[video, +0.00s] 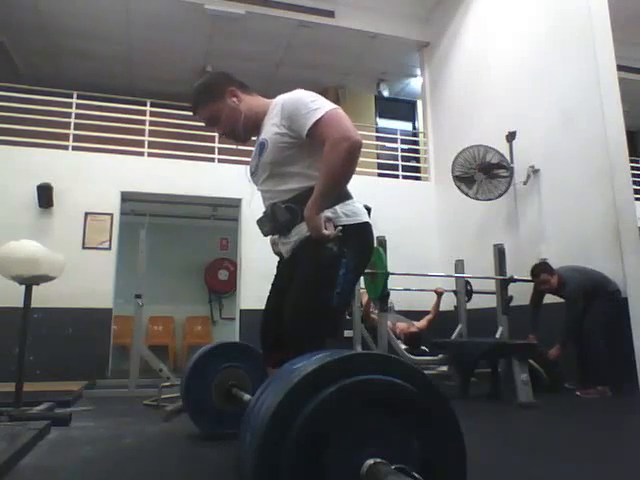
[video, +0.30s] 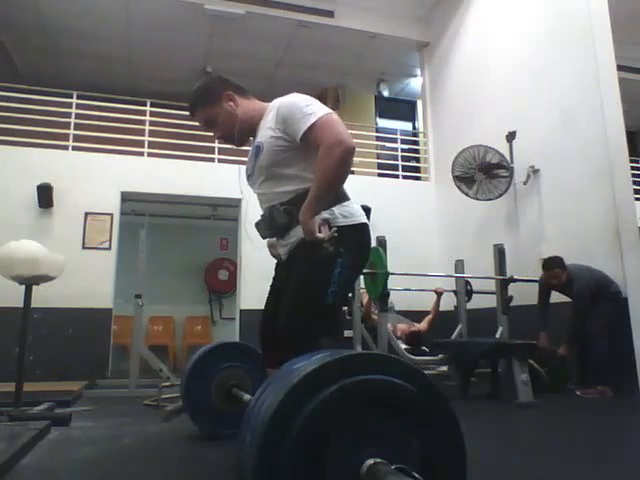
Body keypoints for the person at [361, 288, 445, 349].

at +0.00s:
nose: (404, 327)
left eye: (403, 331)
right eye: (409, 328)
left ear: (399, 337)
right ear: (412, 327)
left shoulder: (384, 329)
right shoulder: (417, 328)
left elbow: (367, 318)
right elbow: (432, 315)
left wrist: (369, 299)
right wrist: (439, 297)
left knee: (363, 294)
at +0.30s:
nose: (412, 327)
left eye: (408, 331)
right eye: (414, 329)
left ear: (401, 337)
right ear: (415, 328)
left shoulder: (385, 332)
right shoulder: (420, 329)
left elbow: (367, 318)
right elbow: (432, 315)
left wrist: (370, 298)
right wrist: (438, 297)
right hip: (388, 312)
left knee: (363, 294)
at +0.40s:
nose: (413, 326)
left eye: (410, 331)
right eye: (415, 329)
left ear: (400, 338)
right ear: (416, 328)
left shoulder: (383, 332)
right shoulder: (420, 330)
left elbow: (368, 317)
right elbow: (434, 316)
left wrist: (368, 298)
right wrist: (438, 297)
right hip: (390, 312)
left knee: (363, 293)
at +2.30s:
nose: (414, 327)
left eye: (412, 330)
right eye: (415, 329)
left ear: (403, 338)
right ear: (417, 329)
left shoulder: (386, 334)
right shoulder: (421, 332)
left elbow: (368, 318)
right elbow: (431, 315)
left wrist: (377, 303)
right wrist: (432, 297)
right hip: (389, 313)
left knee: (363, 294)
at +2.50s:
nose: (414, 327)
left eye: (412, 331)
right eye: (416, 329)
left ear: (403, 338)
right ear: (417, 329)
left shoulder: (387, 334)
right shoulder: (421, 332)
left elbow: (368, 318)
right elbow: (431, 315)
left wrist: (377, 302)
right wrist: (432, 297)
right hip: (390, 314)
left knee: (363, 294)